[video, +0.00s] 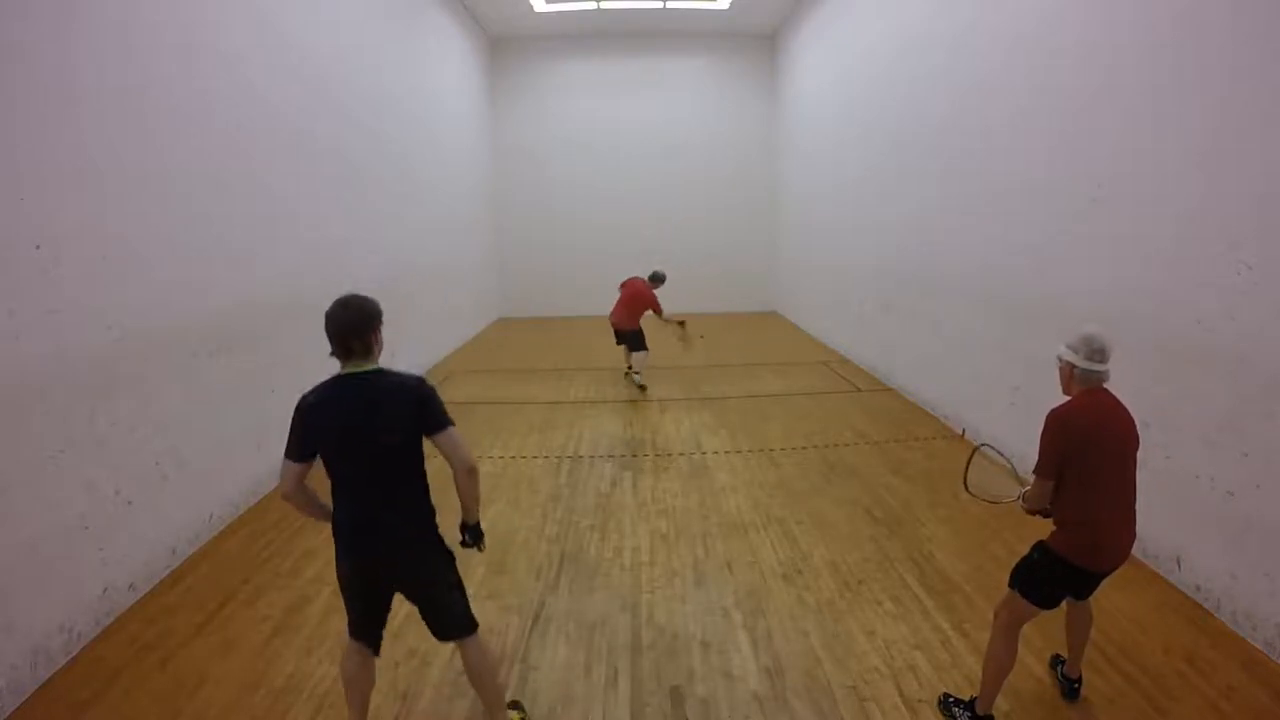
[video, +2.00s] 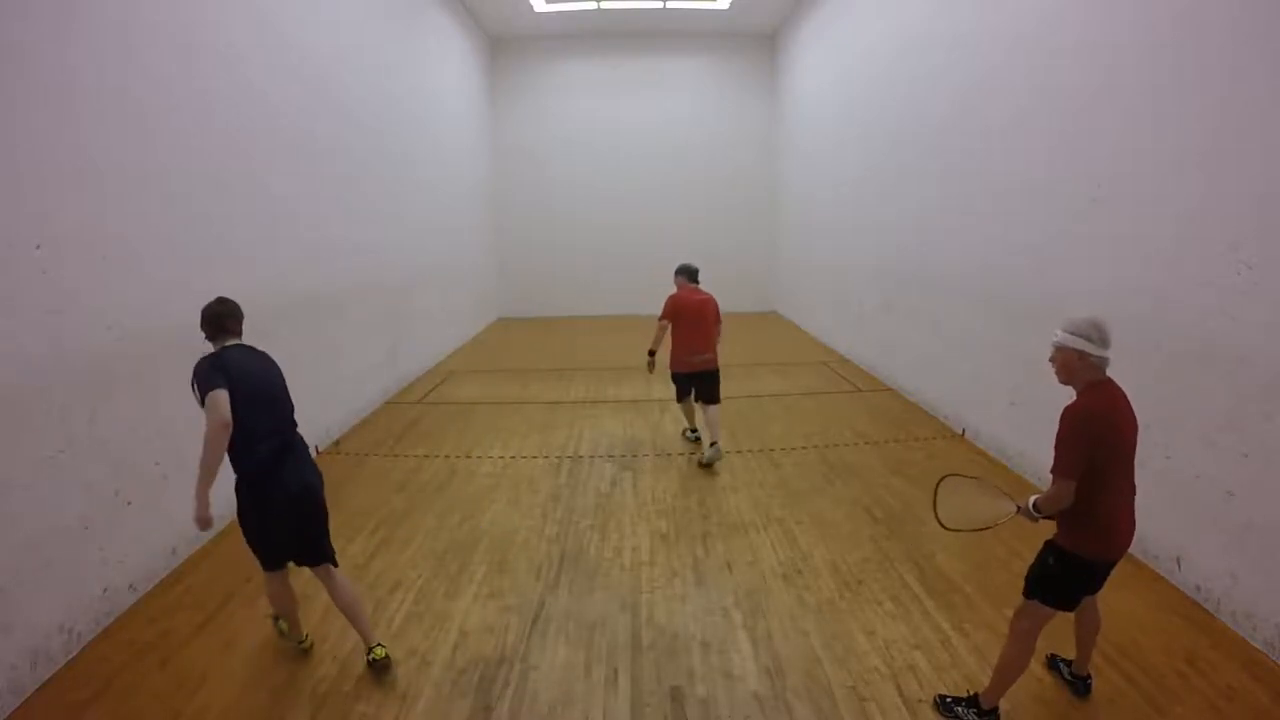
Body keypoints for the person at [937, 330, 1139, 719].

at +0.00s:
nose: (1058, 369)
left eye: (1061, 363)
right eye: (1061, 363)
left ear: (1070, 370)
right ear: (1102, 372)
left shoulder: (1063, 418)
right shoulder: (1121, 414)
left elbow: (1040, 496)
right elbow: (1106, 482)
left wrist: (1030, 500)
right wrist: (1050, 501)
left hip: (1075, 546)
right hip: (1117, 544)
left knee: (1008, 617)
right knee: (1078, 595)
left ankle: (981, 708)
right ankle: (1073, 675)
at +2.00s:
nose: (1052, 361)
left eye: (1059, 354)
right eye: (1054, 353)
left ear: (1084, 360)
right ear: (1090, 360)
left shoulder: (1079, 415)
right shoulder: (1115, 400)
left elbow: (1062, 494)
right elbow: (1104, 474)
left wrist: (1036, 507)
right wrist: (1055, 503)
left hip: (1081, 541)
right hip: (1112, 536)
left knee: (1026, 621)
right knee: (1087, 598)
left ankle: (985, 704)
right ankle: (1081, 672)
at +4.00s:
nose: (1059, 374)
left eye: (1063, 368)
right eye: (1061, 367)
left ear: (1076, 375)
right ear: (1102, 375)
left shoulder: (1071, 428)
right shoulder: (1128, 419)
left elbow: (1054, 515)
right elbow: (1116, 493)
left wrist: (1043, 527)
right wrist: (1059, 522)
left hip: (1087, 565)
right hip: (1129, 561)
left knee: (1021, 641)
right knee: (1090, 621)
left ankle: (998, 715)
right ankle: (1082, 697)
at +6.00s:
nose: (1045, 331)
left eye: (1051, 326)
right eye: (1048, 325)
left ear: (1067, 333)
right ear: (1073, 334)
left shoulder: (1070, 372)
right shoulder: (1091, 363)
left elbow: (1058, 427)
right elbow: (1079, 421)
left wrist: (1029, 464)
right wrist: (1054, 451)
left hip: (1085, 463)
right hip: (1091, 457)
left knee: (1077, 532)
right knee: (1046, 492)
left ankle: (1111, 606)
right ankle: (1042, 558)